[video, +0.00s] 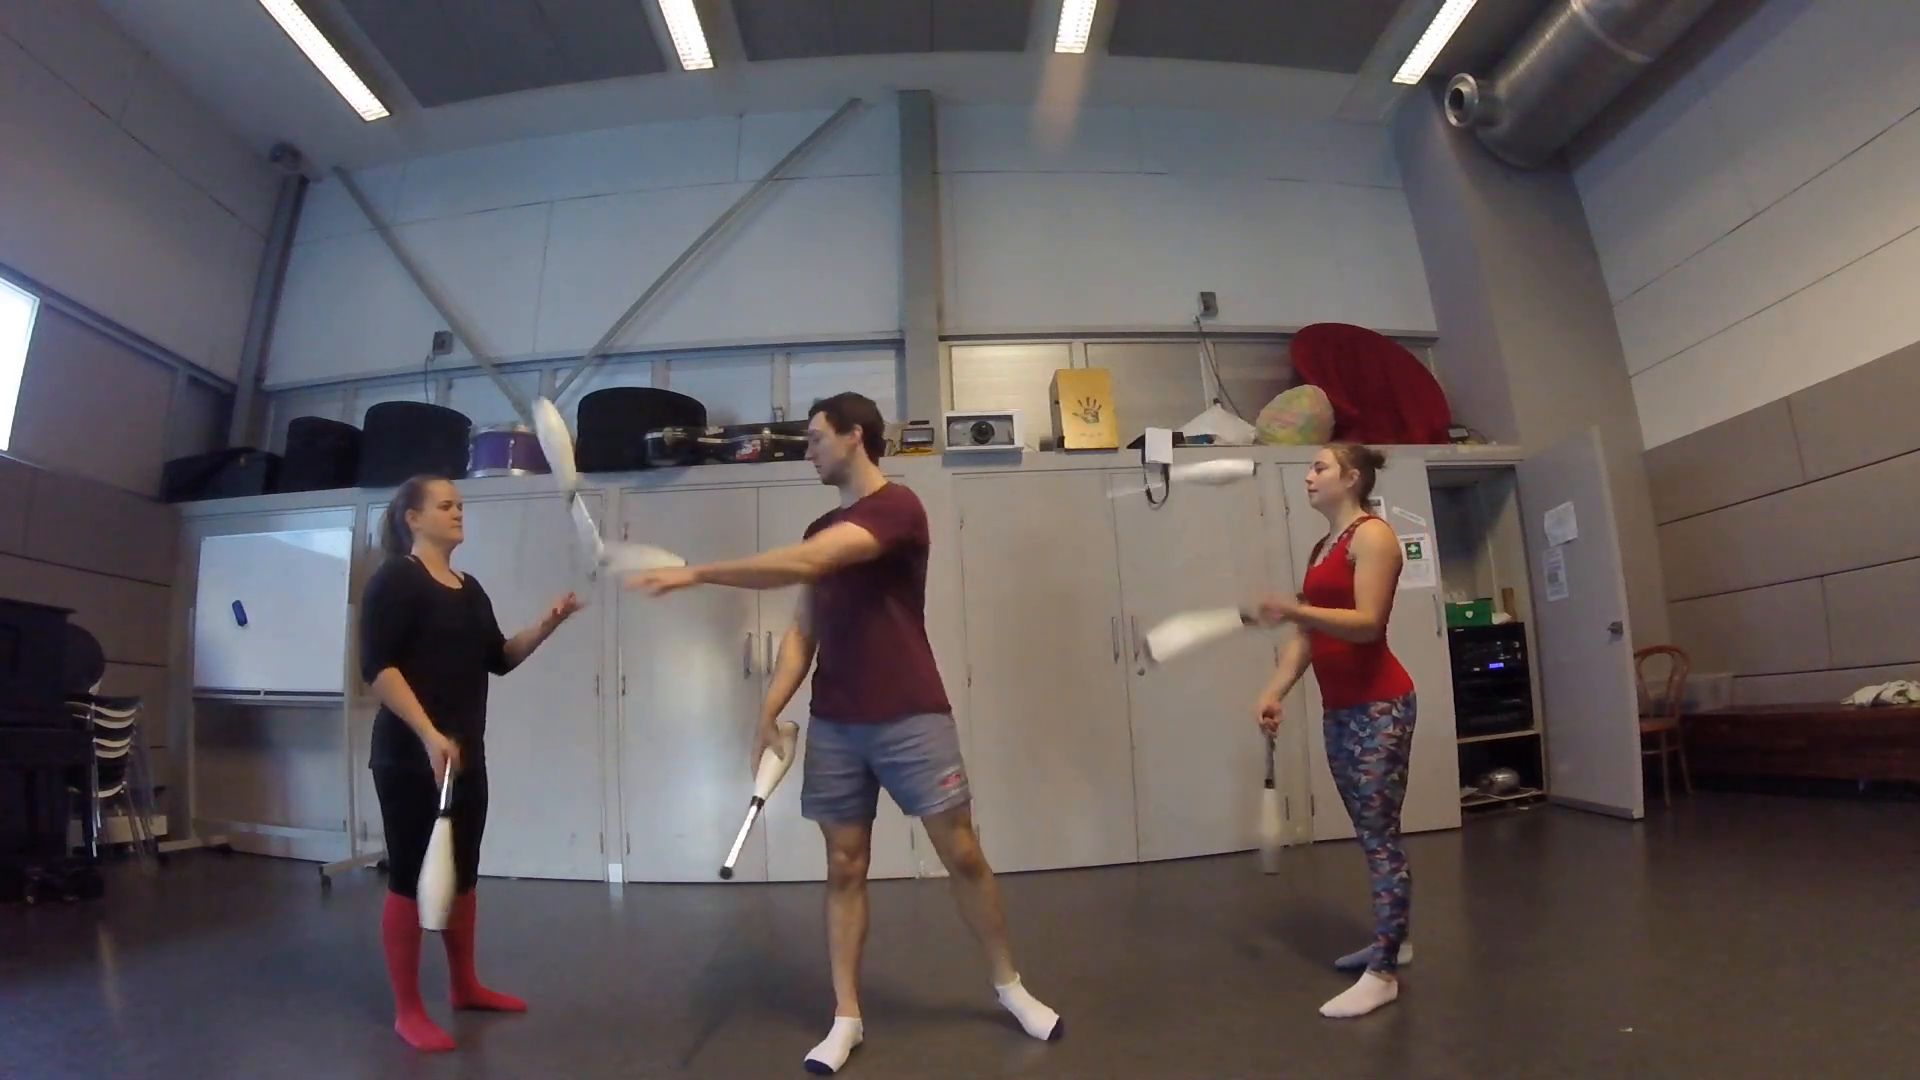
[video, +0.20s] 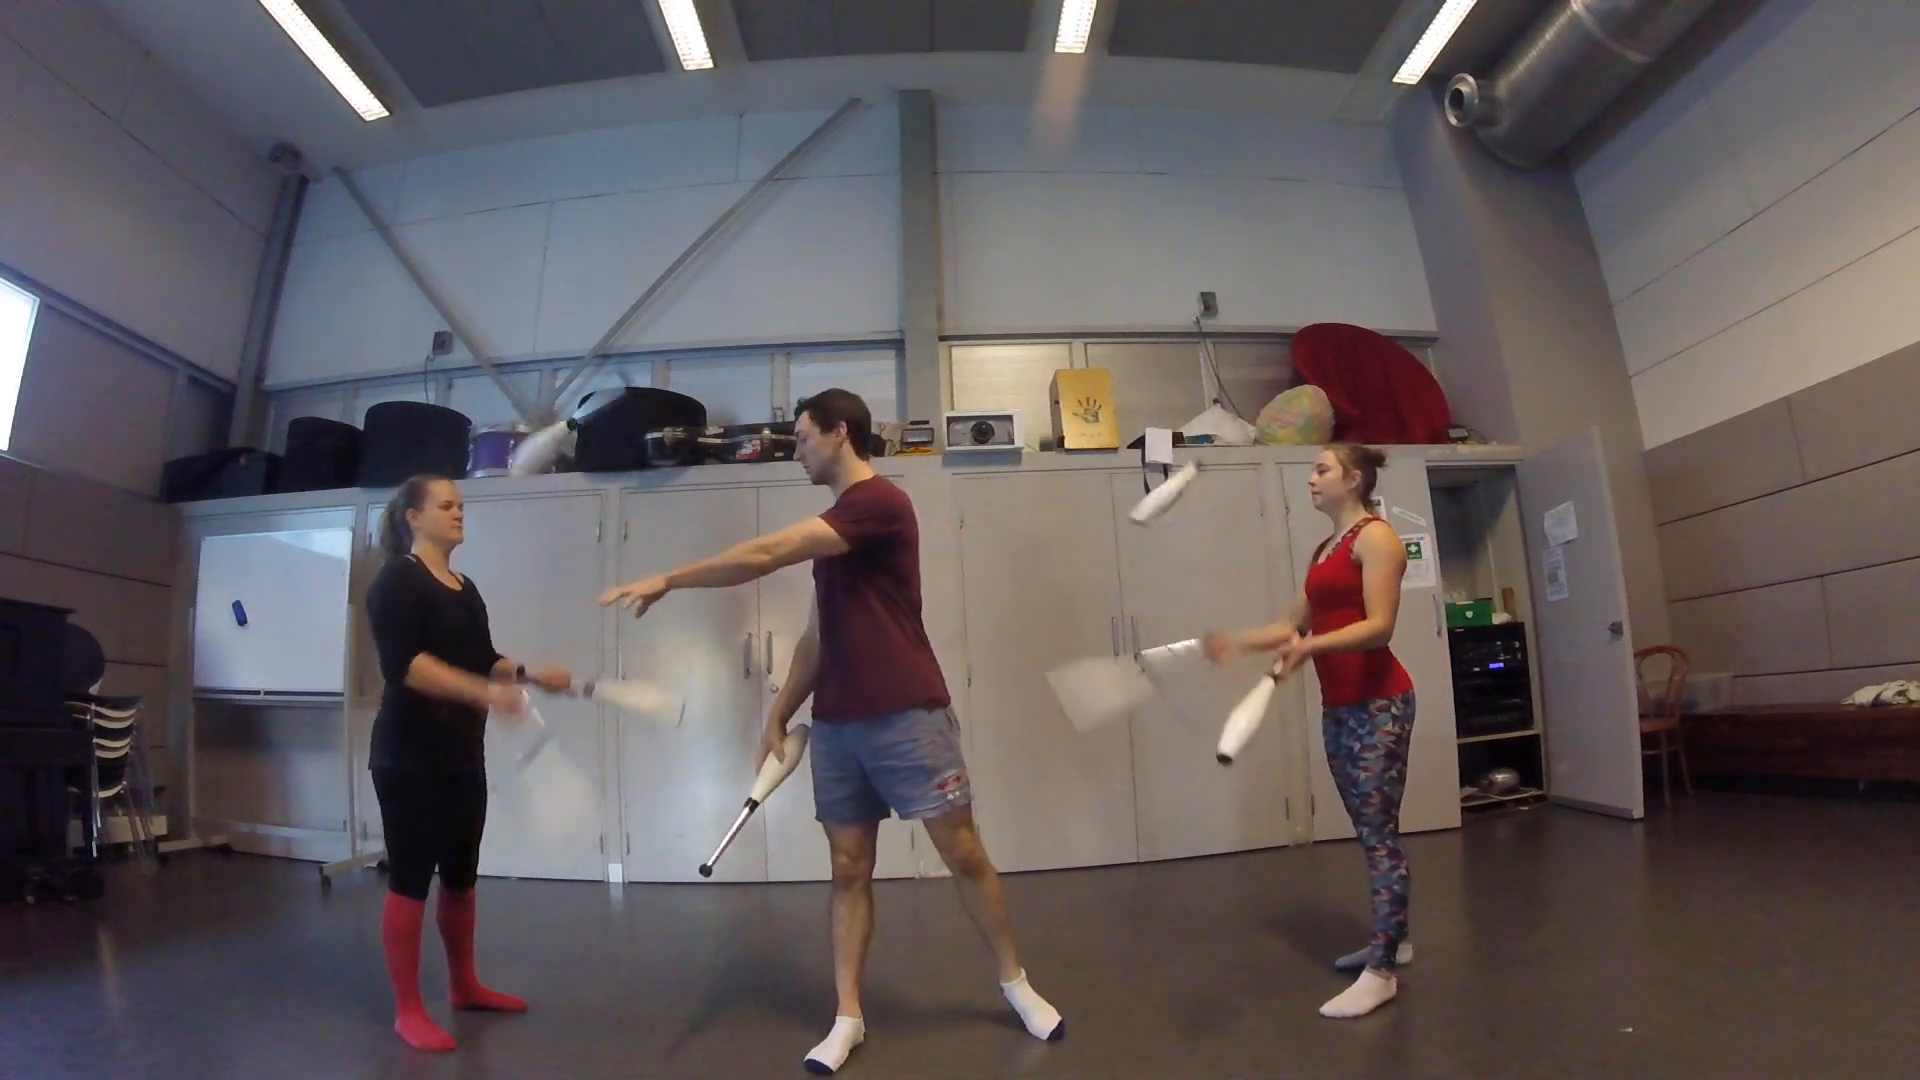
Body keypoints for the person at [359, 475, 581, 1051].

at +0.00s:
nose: (459, 515)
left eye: (459, 506)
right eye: (447, 507)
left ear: (454, 518)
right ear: (412, 518)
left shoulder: (468, 588)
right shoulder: (393, 581)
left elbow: (501, 658)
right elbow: (379, 670)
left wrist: (546, 624)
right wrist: (430, 734)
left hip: (465, 751)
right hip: (408, 753)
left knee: (463, 871)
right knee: (408, 877)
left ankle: (466, 988)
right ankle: (409, 1012)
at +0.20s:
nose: (459, 515)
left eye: (460, 507)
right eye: (447, 507)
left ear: (456, 518)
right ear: (413, 518)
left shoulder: (464, 588)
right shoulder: (394, 583)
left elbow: (482, 661)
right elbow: (404, 666)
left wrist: (536, 674)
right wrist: (487, 694)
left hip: (463, 754)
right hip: (409, 757)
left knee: (460, 874)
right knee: (410, 878)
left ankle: (465, 988)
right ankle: (408, 1012)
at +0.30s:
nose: (460, 515)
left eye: (460, 507)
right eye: (448, 507)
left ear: (456, 518)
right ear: (412, 518)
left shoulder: (465, 587)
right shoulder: (395, 581)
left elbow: (478, 663)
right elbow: (413, 651)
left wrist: (525, 695)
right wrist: (500, 641)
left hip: (463, 753)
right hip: (407, 755)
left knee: (460, 874)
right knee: (408, 879)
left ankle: (466, 988)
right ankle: (408, 1011)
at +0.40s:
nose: (459, 515)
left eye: (460, 507)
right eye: (447, 506)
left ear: (456, 520)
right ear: (412, 517)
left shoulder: (468, 588)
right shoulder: (394, 579)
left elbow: (487, 663)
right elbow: (409, 651)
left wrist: (516, 719)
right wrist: (485, 620)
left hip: (464, 753)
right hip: (407, 755)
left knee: (461, 874)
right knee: (408, 879)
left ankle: (465, 988)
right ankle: (408, 1010)